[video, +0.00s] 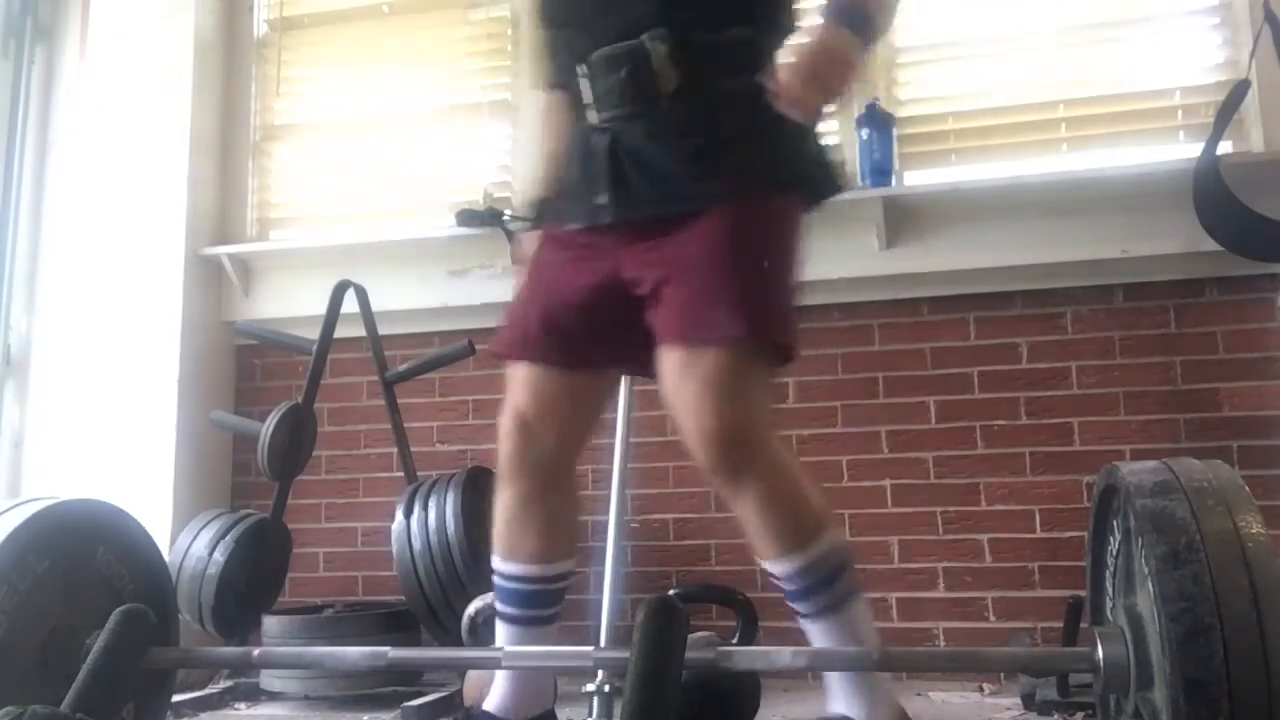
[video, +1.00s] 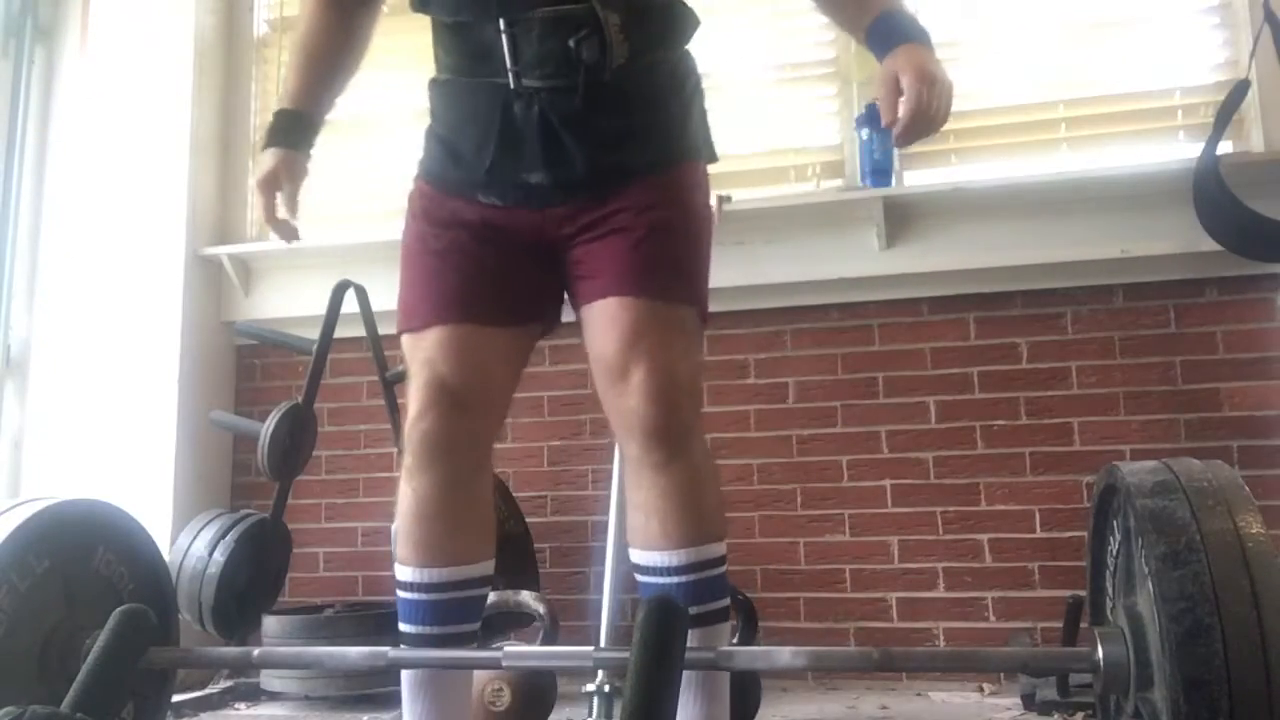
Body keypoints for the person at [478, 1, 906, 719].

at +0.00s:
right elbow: (565, 68)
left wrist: (840, 34)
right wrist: (546, 198)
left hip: (723, 166)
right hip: (594, 176)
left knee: (722, 429)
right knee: (529, 436)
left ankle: (862, 696)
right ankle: (521, 692)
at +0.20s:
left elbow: (797, 5)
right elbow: (440, 78)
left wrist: (866, 99)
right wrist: (385, 206)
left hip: (675, 153)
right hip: (540, 167)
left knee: (680, 392)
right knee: (506, 438)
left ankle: (723, 693)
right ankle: (518, 691)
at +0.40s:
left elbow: (789, 2)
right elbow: (416, 31)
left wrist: (869, 120)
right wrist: (363, 153)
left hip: (656, 163)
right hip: (516, 172)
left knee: (654, 414)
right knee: (502, 433)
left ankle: (696, 692)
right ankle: (519, 682)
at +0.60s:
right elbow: (436, 3)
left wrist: (888, 84)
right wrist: (382, 135)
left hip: (664, 145)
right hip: (516, 147)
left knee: (658, 413)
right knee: (433, 402)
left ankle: (696, 698)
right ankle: (482, 678)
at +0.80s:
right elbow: (400, 1)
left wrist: (896, 34)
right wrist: (345, 131)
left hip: (652, 149)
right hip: (493, 151)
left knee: (656, 414)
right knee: (446, 413)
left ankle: (694, 699)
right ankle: (433, 701)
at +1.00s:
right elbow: (350, 1)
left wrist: (896, 37)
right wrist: (291, 130)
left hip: (637, 153)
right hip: (472, 158)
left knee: (654, 404)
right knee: (438, 417)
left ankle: (699, 699)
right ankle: (433, 704)